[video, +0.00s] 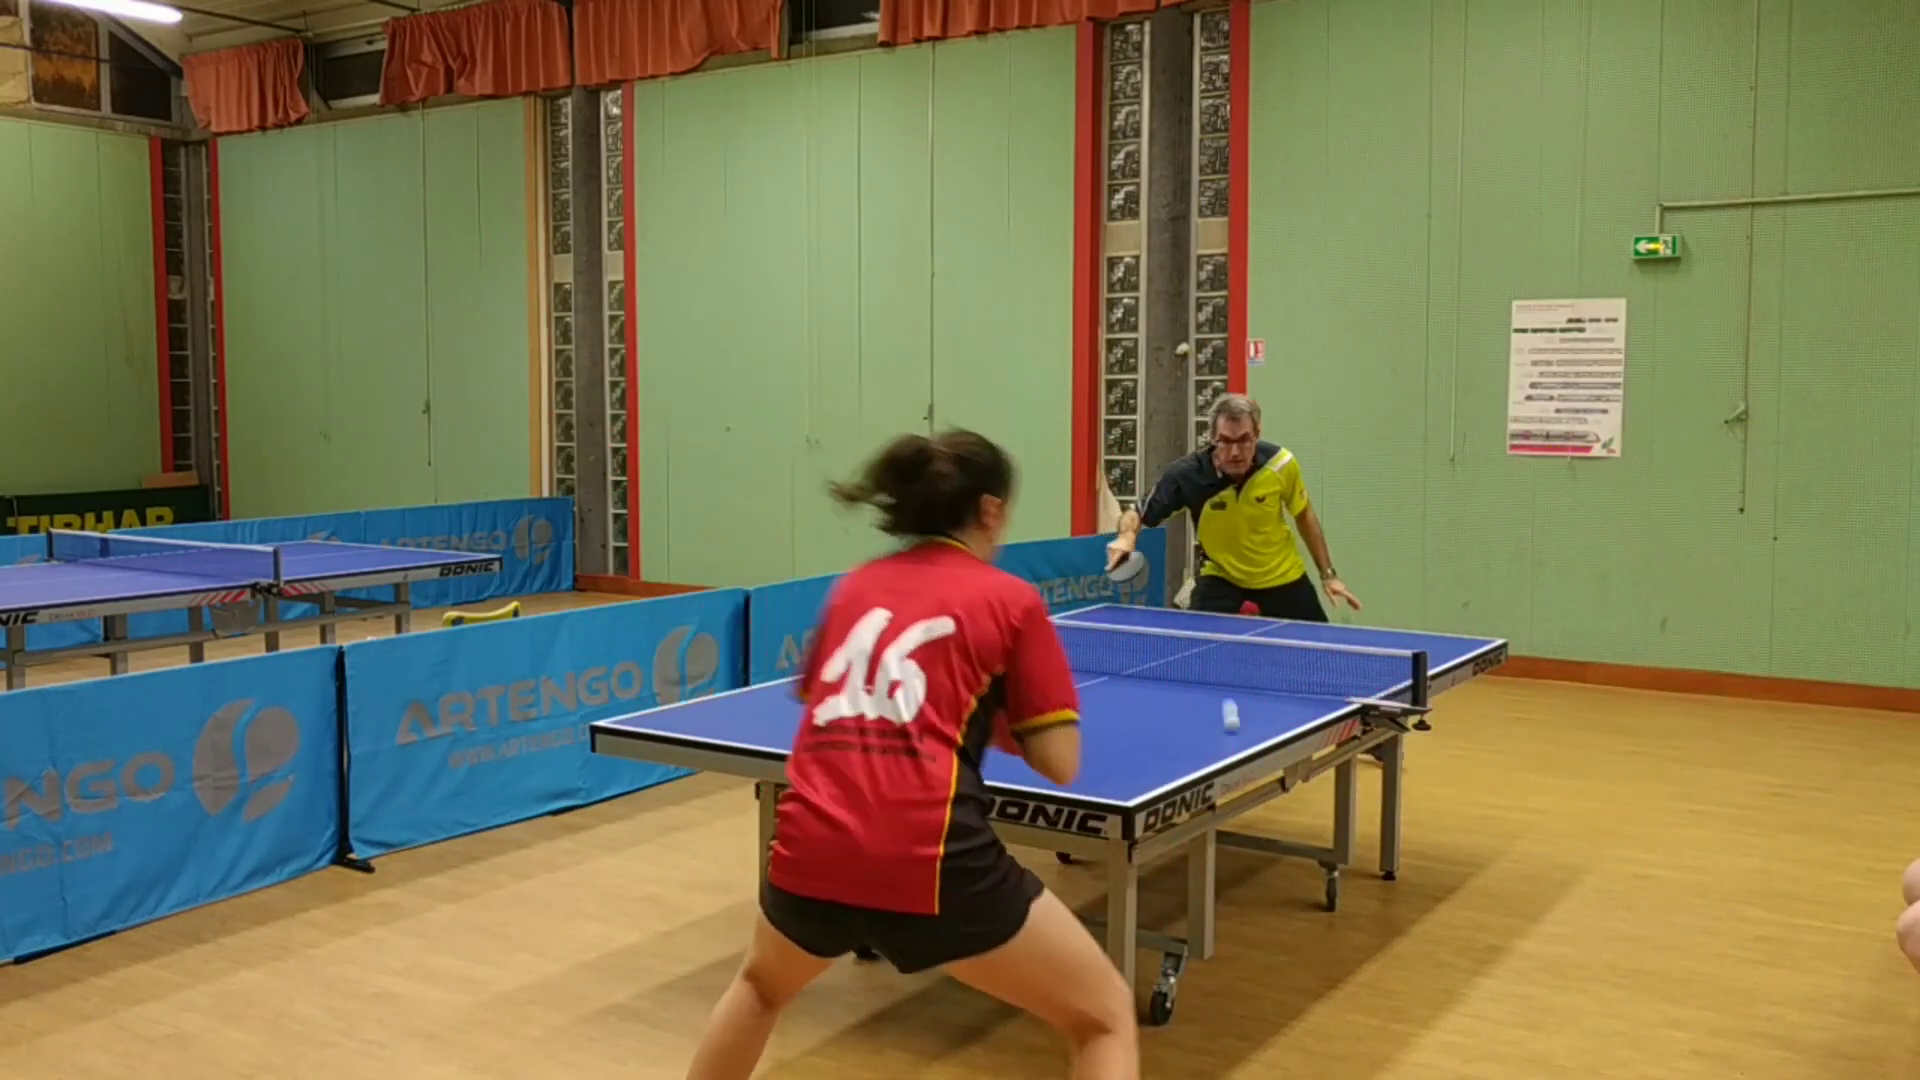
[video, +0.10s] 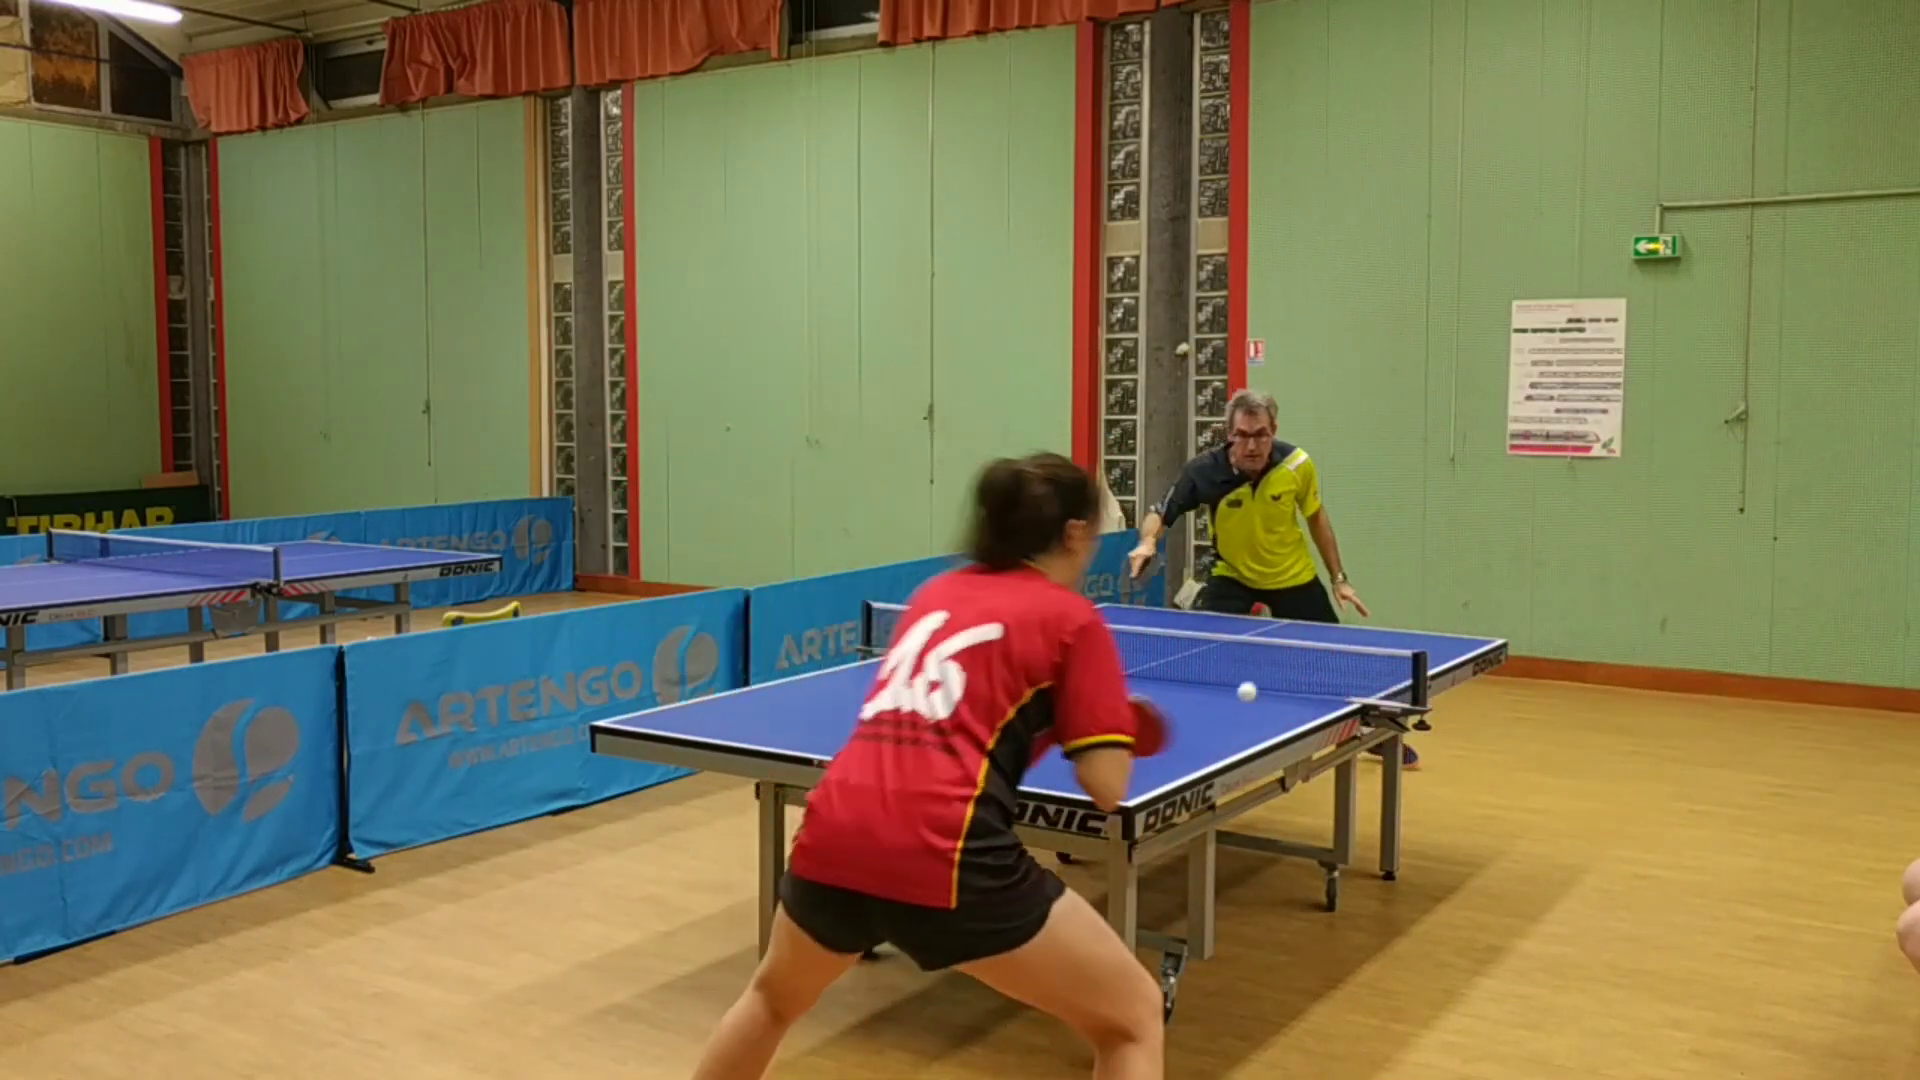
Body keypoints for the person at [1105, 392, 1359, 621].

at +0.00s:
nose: (1235, 451)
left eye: (1243, 441)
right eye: (1225, 441)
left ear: (1257, 435)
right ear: (1212, 437)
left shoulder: (1279, 464)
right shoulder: (1187, 474)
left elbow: (1304, 516)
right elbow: (1136, 516)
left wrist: (1328, 575)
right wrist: (1125, 539)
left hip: (1282, 576)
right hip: (1222, 576)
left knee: (1325, 653)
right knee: (1196, 650)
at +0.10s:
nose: (1251, 445)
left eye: (1260, 435)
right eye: (1242, 436)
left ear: (1273, 431)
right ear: (1228, 434)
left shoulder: (1295, 464)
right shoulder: (1204, 472)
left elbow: (1316, 518)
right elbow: (1161, 512)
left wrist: (1339, 580)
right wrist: (1148, 543)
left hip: (1294, 580)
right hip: (1232, 579)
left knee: (1341, 655)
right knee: (1190, 651)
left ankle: (1384, 735)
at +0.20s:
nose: (1270, 442)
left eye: (1279, 432)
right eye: (1261, 432)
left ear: (1293, 430)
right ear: (1248, 431)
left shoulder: (1316, 466)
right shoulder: (1226, 472)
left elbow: (1335, 523)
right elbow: (1188, 521)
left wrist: (1354, 585)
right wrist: (1166, 558)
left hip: (1311, 582)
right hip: (1249, 581)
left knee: (1354, 657)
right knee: (1215, 654)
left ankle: (1386, 738)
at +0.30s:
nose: (1288, 436)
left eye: (1296, 427)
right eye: (1280, 427)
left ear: (1311, 424)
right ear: (1268, 425)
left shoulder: (1335, 459)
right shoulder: (1244, 468)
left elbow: (1354, 521)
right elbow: (1210, 522)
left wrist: (1369, 583)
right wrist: (1189, 578)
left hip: (1328, 579)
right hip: (1267, 578)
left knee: (1366, 654)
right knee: (1229, 647)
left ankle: (1386, 737)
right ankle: (1217, 744)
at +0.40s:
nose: (1300, 432)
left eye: (1308, 422)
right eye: (1291, 422)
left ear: (1322, 418)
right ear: (1279, 420)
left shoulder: (1345, 454)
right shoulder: (1256, 461)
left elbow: (1365, 515)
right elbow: (1228, 510)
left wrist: (1378, 577)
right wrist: (1229, 545)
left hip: (1336, 574)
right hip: (1276, 572)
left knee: (1370, 652)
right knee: (1234, 638)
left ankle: (1385, 738)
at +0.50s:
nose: (1308, 437)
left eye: (1316, 427)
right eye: (1299, 427)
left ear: (1330, 424)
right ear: (1286, 423)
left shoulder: (1350, 458)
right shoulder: (1261, 463)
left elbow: (1368, 515)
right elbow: (1228, 520)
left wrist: (1385, 576)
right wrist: (1252, 550)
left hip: (1336, 578)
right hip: (1274, 578)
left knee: (1374, 651)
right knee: (1235, 645)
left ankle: (1389, 736)